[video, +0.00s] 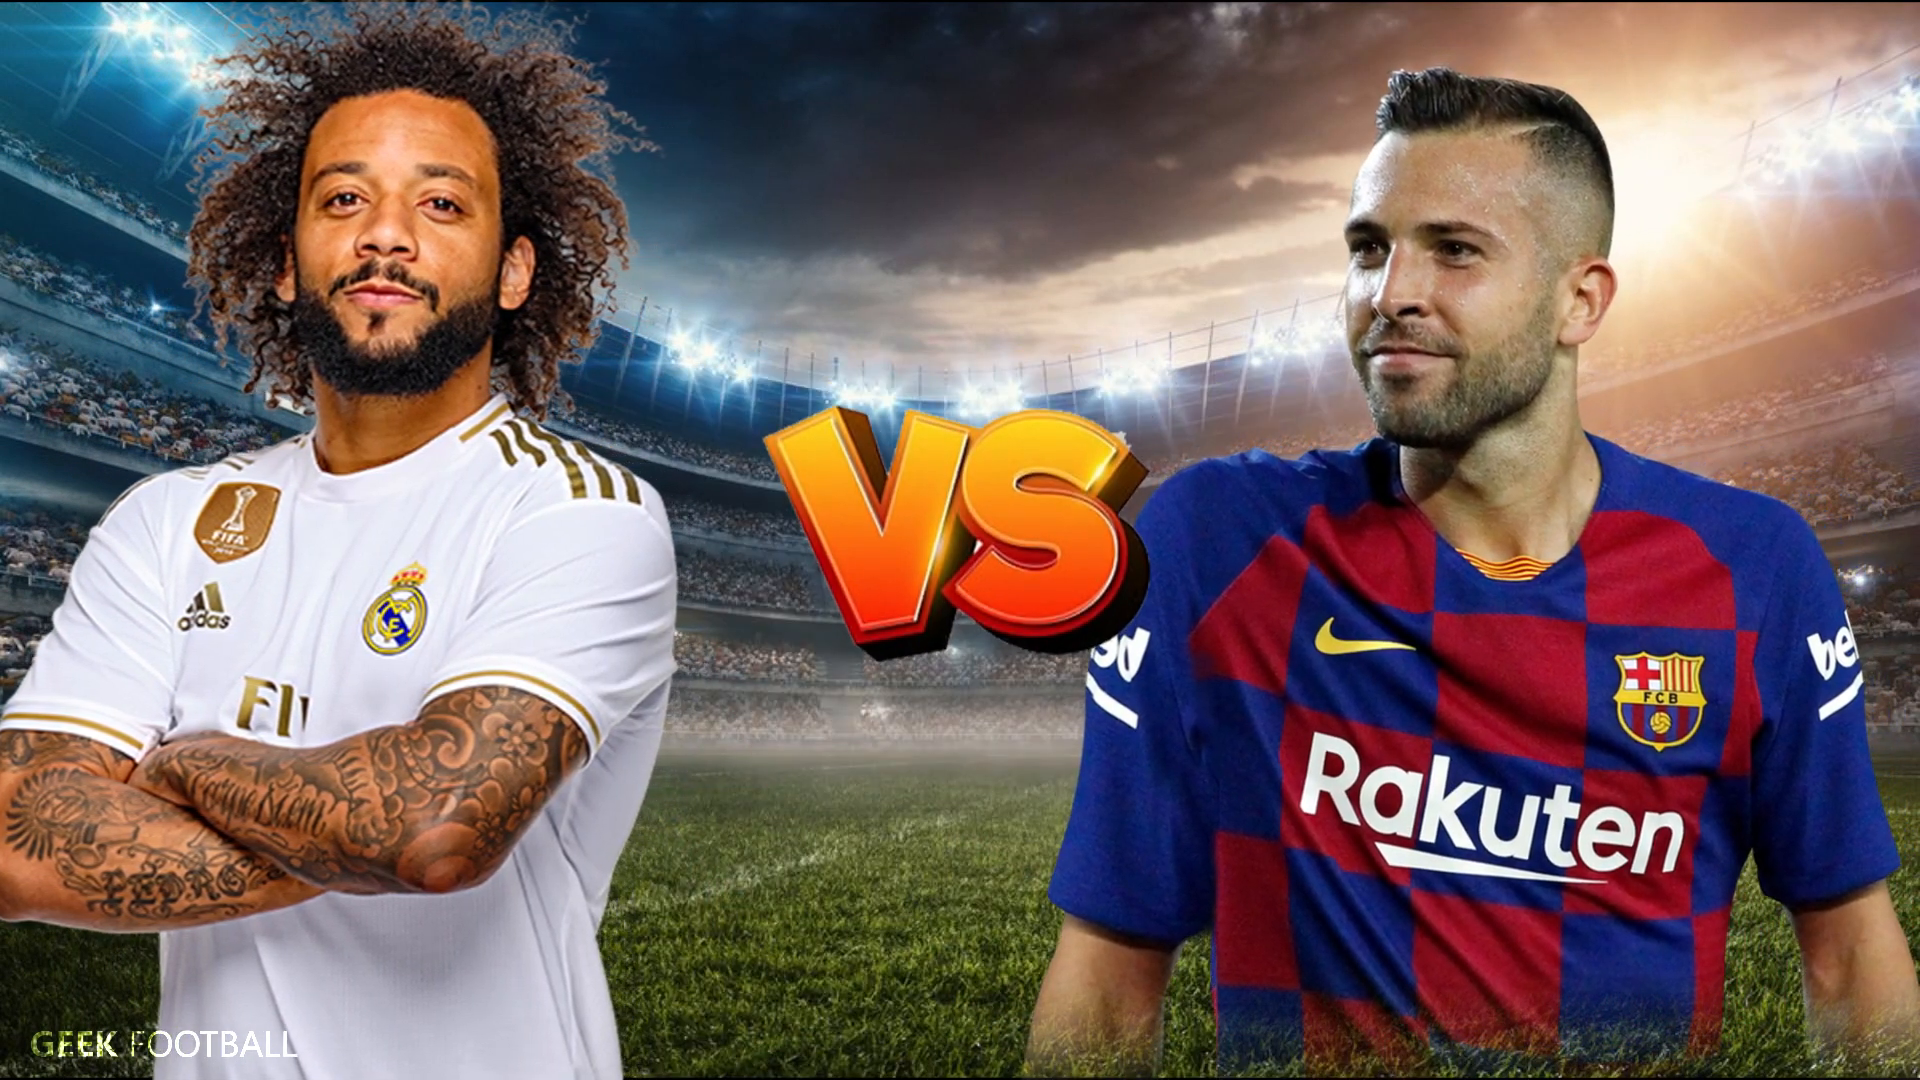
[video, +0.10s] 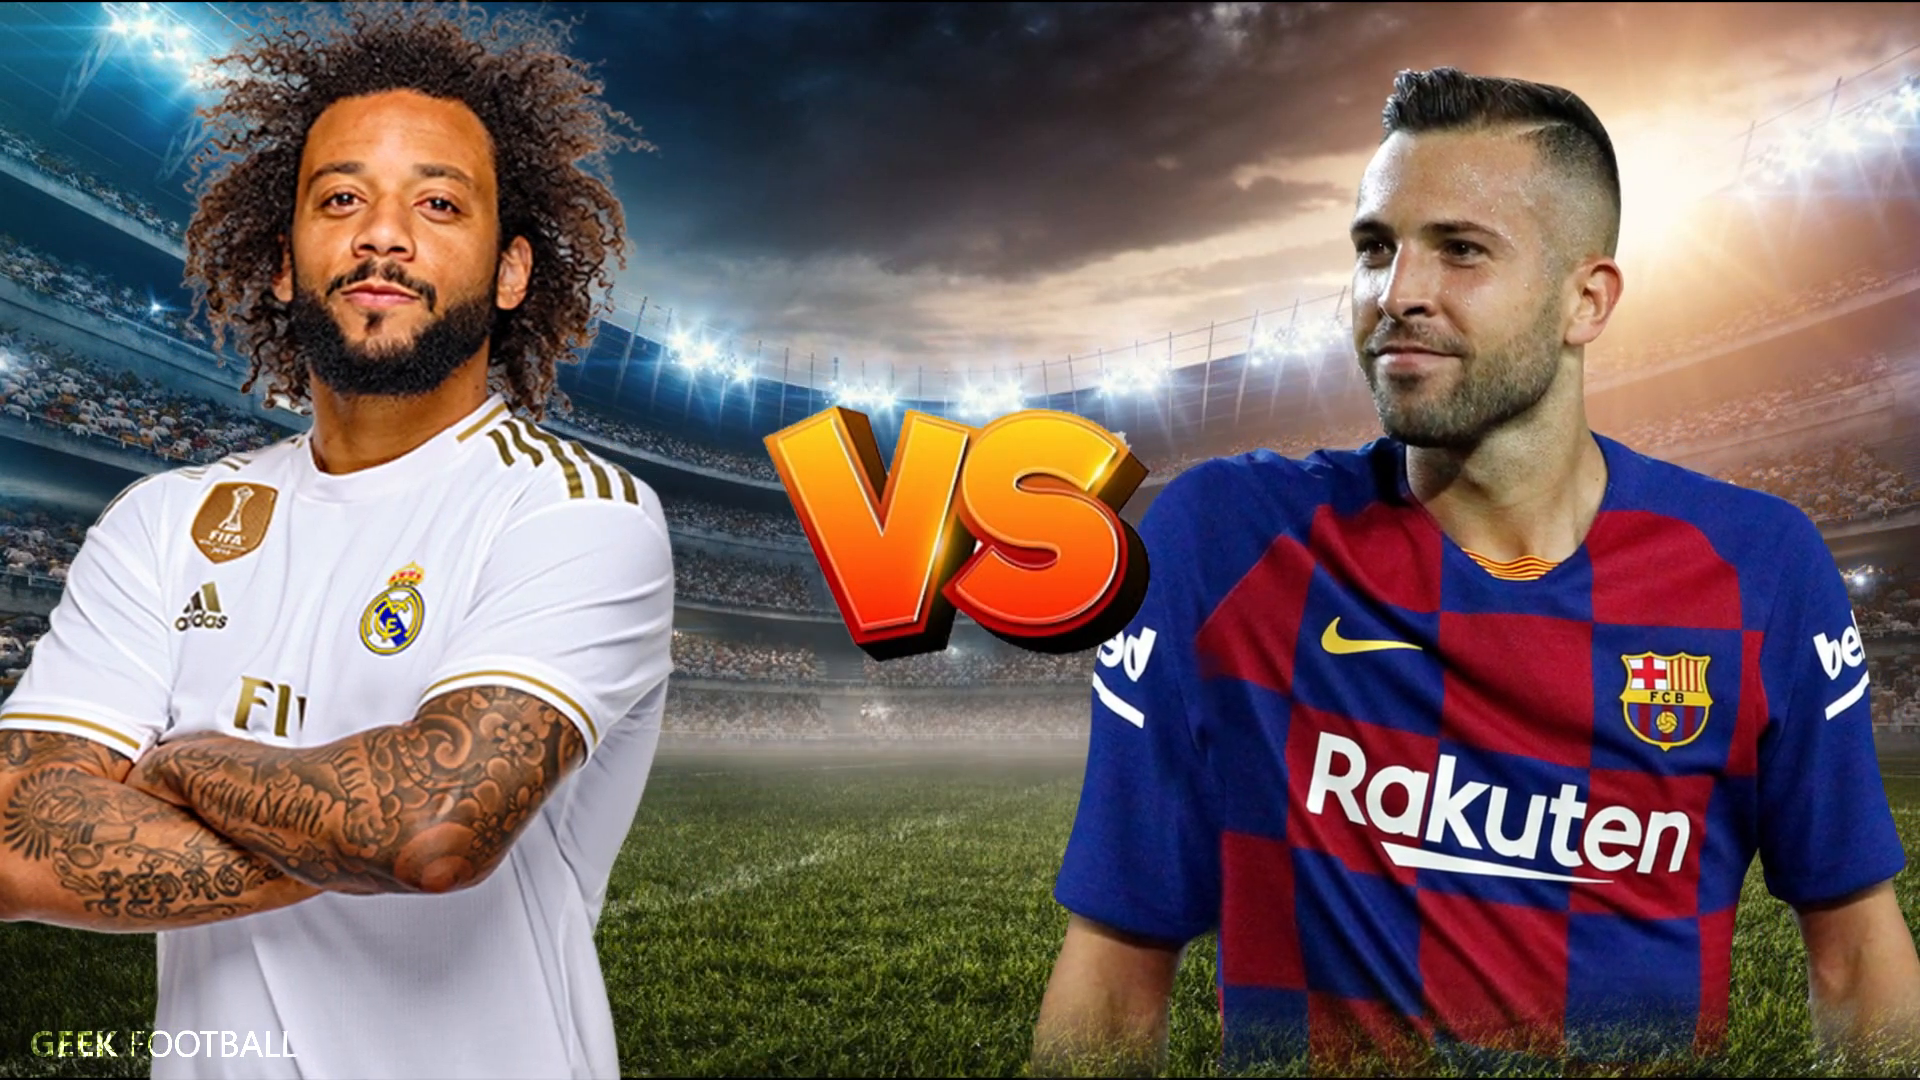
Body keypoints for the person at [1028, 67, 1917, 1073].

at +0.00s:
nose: (1388, 294)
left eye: (1454, 250)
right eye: (1368, 249)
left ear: (1580, 303)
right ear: (1345, 272)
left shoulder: (1757, 572)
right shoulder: (1206, 543)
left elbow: (1853, 954)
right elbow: (1108, 974)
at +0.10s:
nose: (1394, 294)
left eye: (1461, 250)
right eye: (1374, 249)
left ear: (1586, 303)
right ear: (1350, 274)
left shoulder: (1763, 571)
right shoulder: (1214, 540)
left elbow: (1856, 947)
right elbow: (1114, 972)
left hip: (1633, 1054)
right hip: (1303, 1054)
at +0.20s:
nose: (1411, 293)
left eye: (1478, 249)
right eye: (1392, 248)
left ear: (1604, 302)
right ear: (1368, 274)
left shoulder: (1779, 569)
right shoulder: (1236, 536)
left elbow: (1872, 942)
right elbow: (1132, 960)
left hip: (1656, 1056)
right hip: (1324, 1054)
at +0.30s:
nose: (1439, 294)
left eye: (1505, 247)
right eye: (1421, 248)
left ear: (1629, 299)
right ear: (1400, 270)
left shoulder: (1809, 568)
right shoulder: (1260, 537)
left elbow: (1894, 950)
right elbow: (1158, 964)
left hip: (1683, 1057)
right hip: (1359, 1058)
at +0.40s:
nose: (1475, 293)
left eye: (1543, 246)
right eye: (1459, 246)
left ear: (1670, 295)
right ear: (1437, 267)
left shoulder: (1849, 569)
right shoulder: (1297, 535)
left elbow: (1916, 928)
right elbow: (1194, 968)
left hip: (1717, 1063)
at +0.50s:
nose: (1527, 289)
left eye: (1592, 242)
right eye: (1505, 243)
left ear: (1717, 295)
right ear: (1482, 267)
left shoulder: (1892, 563)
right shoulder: (1346, 530)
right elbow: (1242, 962)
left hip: (1768, 1060)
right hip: (1445, 1055)